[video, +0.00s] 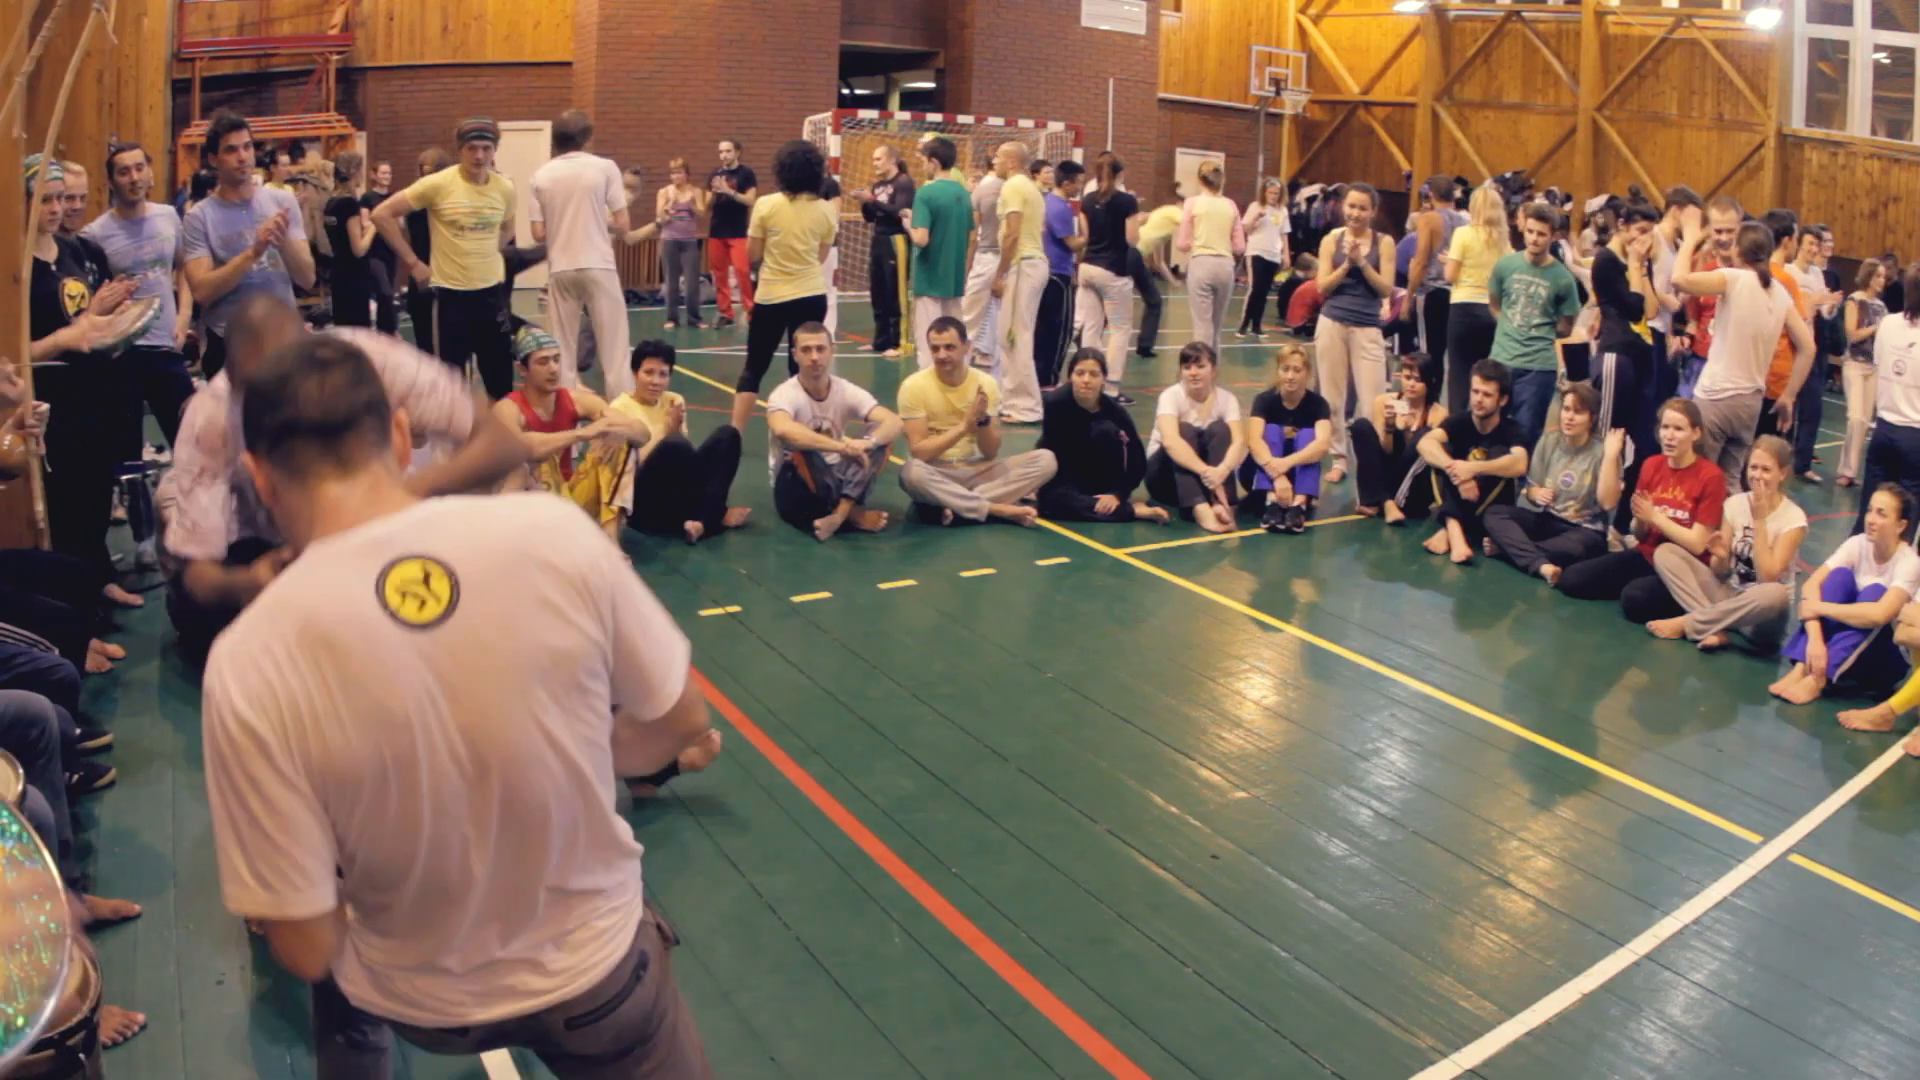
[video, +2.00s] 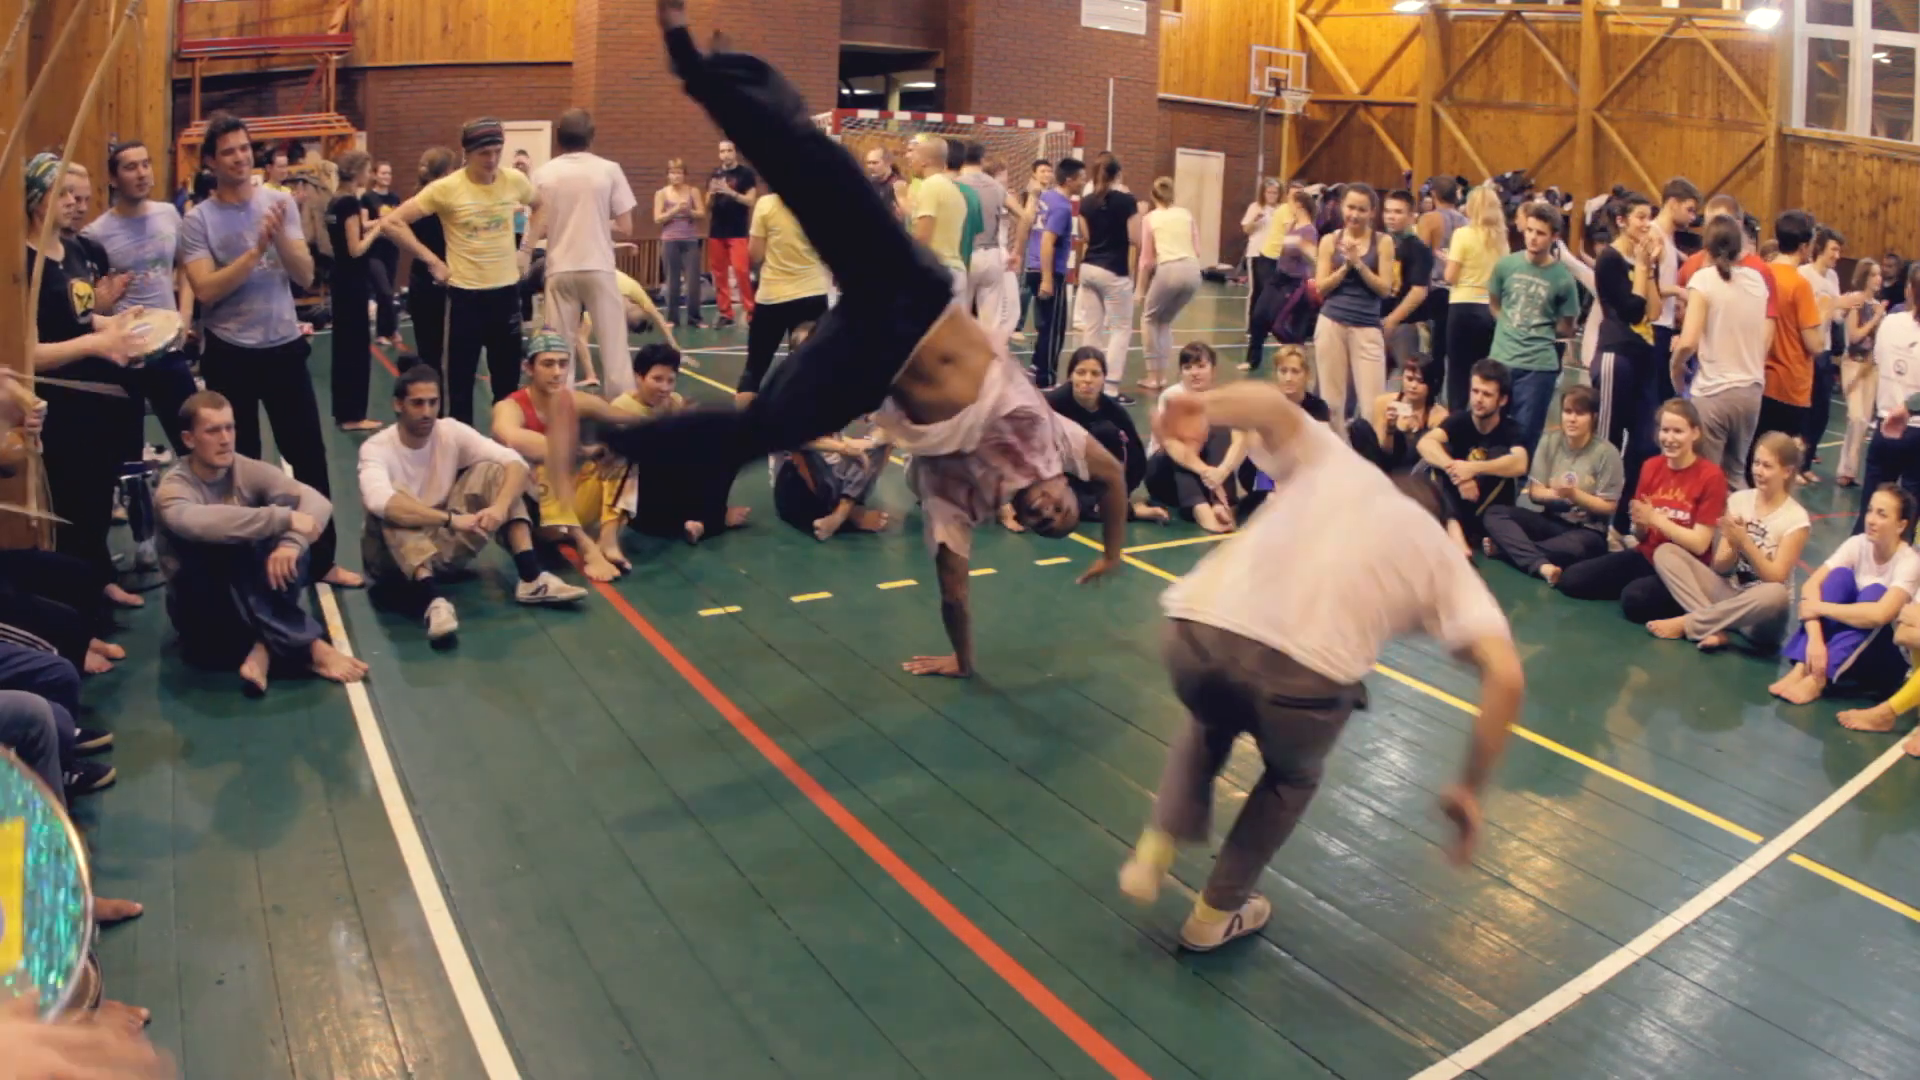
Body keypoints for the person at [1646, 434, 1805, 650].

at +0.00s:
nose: (1757, 475)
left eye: (1766, 470)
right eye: (1753, 468)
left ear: (1783, 474)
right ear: (1746, 469)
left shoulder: (1793, 518)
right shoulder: (1734, 504)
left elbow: (1769, 574)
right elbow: (1719, 571)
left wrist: (1760, 521)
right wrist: (1721, 556)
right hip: (1725, 595)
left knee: (1774, 594)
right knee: (1665, 552)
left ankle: (1686, 624)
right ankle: (1711, 629)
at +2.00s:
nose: (1757, 471)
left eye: (1766, 466)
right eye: (1756, 463)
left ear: (1787, 472)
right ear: (1751, 463)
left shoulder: (1796, 518)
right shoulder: (1738, 499)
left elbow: (1775, 575)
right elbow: (1719, 567)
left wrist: (1742, 542)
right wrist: (1734, 546)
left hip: (1760, 605)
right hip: (1726, 592)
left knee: (1774, 594)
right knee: (1665, 552)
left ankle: (1686, 624)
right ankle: (1711, 629)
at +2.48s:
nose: (1757, 470)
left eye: (1766, 465)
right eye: (1756, 462)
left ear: (1787, 471)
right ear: (1753, 461)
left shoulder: (1796, 517)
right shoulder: (1739, 499)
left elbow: (1777, 574)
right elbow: (1721, 566)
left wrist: (1745, 541)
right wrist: (1727, 539)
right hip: (1726, 588)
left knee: (1774, 592)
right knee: (1667, 552)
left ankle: (1690, 621)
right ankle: (1709, 630)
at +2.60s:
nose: (1757, 469)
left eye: (1766, 464)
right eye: (1756, 462)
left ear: (1787, 471)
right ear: (1753, 461)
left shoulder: (1797, 516)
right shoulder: (1739, 499)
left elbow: (1777, 574)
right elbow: (1720, 566)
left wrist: (1741, 538)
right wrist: (1730, 539)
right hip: (1728, 590)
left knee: (1774, 592)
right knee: (1685, 566)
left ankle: (1695, 622)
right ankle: (1709, 631)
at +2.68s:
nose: (1757, 469)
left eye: (1766, 464)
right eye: (1757, 462)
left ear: (1786, 471)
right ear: (1752, 461)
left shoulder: (1797, 517)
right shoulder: (1740, 499)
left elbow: (1777, 574)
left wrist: (1740, 538)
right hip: (1725, 581)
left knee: (1773, 592)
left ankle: (1706, 618)